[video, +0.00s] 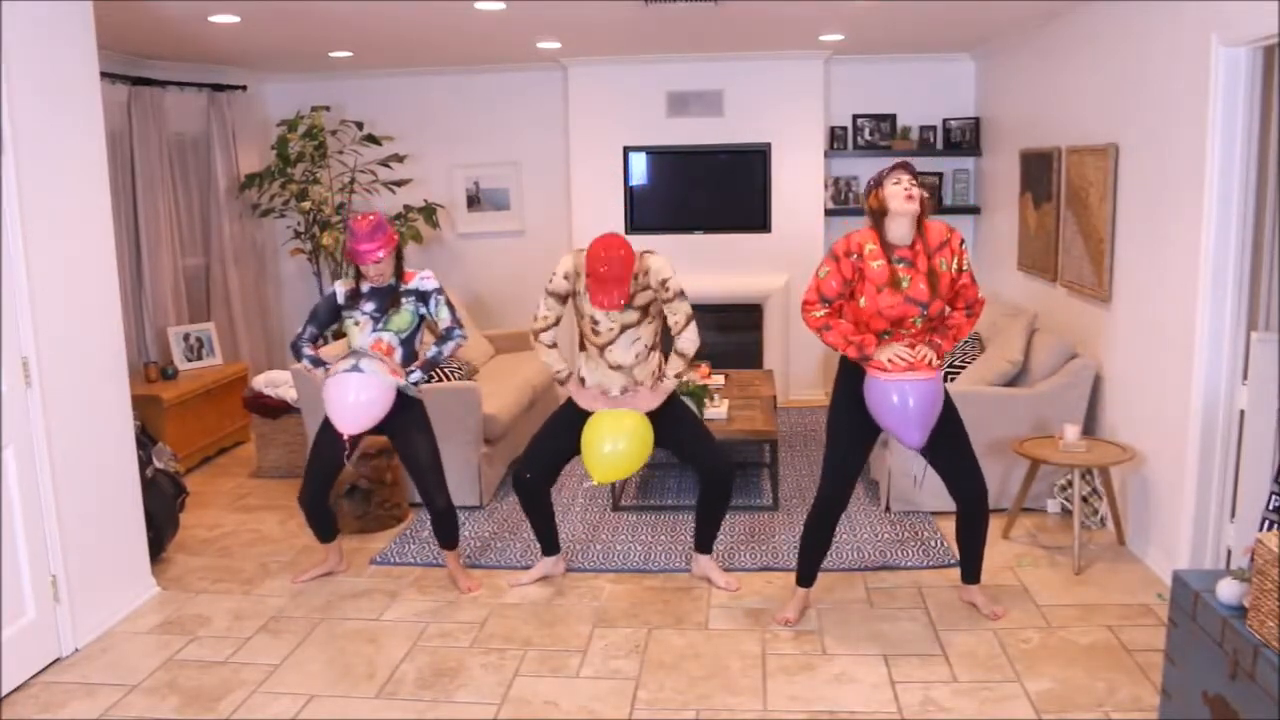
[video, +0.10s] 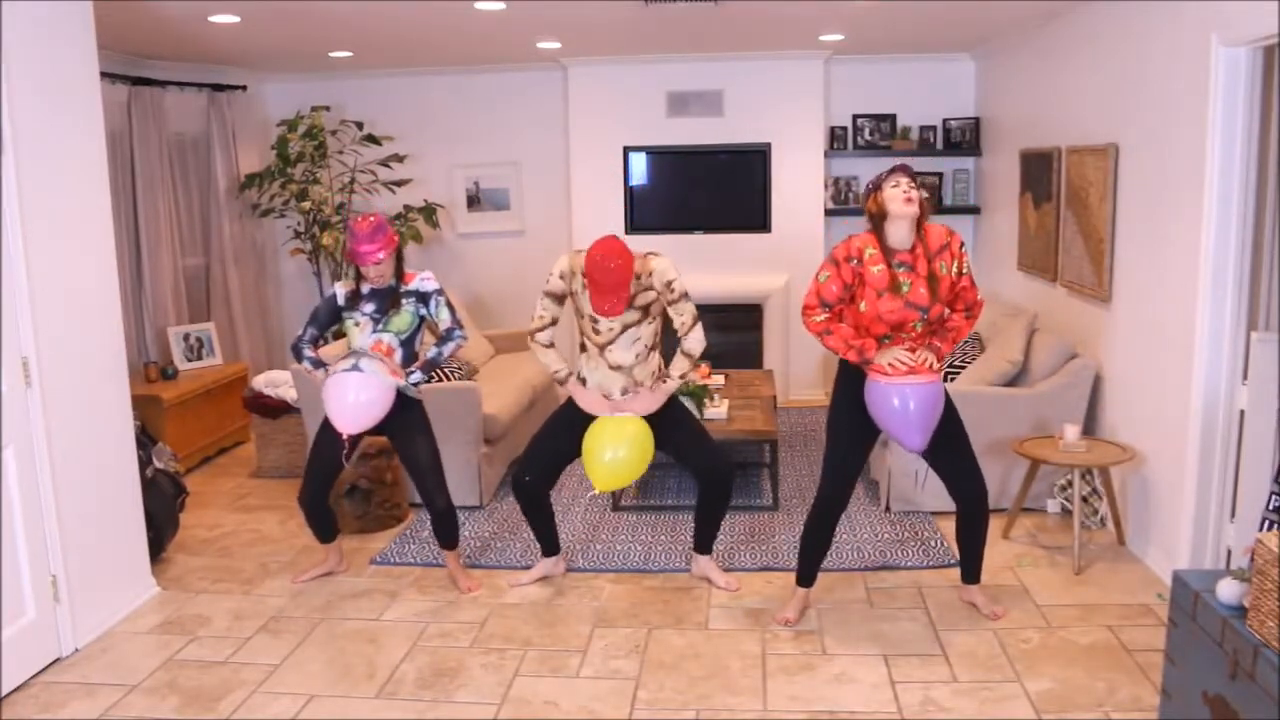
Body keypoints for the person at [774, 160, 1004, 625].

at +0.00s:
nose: (910, 188)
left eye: (915, 184)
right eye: (899, 183)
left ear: (924, 199)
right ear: (877, 197)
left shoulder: (944, 240)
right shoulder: (853, 247)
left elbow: (969, 305)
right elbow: (814, 308)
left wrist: (936, 349)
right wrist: (868, 349)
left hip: (923, 378)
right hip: (862, 377)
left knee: (972, 491)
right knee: (833, 492)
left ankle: (971, 585)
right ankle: (801, 592)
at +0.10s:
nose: (908, 191)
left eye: (914, 186)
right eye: (897, 186)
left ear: (923, 202)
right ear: (877, 200)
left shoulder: (944, 243)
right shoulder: (853, 252)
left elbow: (968, 306)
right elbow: (815, 312)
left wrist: (934, 353)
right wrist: (868, 353)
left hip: (923, 378)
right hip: (862, 378)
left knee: (972, 492)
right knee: (833, 491)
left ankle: (971, 585)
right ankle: (801, 592)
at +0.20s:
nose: (906, 195)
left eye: (913, 191)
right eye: (895, 191)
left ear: (923, 207)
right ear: (876, 206)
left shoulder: (944, 246)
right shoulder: (852, 258)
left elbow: (967, 310)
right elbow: (815, 317)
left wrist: (933, 356)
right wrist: (868, 358)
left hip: (924, 380)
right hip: (861, 379)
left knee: (973, 491)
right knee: (833, 491)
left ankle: (971, 585)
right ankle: (801, 592)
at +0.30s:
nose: (906, 200)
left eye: (912, 195)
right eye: (895, 196)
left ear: (923, 210)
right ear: (876, 211)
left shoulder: (944, 251)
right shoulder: (853, 262)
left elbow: (966, 313)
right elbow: (815, 321)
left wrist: (933, 359)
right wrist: (867, 362)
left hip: (924, 380)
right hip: (861, 380)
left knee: (973, 491)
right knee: (833, 491)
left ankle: (971, 585)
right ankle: (801, 592)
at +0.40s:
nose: (908, 207)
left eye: (913, 201)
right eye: (897, 202)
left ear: (923, 214)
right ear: (877, 215)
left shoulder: (945, 255)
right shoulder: (853, 266)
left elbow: (965, 316)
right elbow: (815, 324)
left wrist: (933, 362)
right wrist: (867, 366)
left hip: (924, 382)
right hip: (861, 382)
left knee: (973, 492)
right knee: (833, 492)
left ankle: (971, 585)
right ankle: (801, 593)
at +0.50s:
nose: (909, 211)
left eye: (914, 205)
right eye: (897, 206)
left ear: (923, 217)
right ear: (878, 220)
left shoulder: (947, 259)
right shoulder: (853, 270)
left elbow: (964, 318)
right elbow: (815, 326)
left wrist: (933, 363)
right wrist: (866, 370)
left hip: (924, 384)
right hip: (861, 384)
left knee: (973, 492)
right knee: (833, 492)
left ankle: (971, 585)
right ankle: (801, 594)